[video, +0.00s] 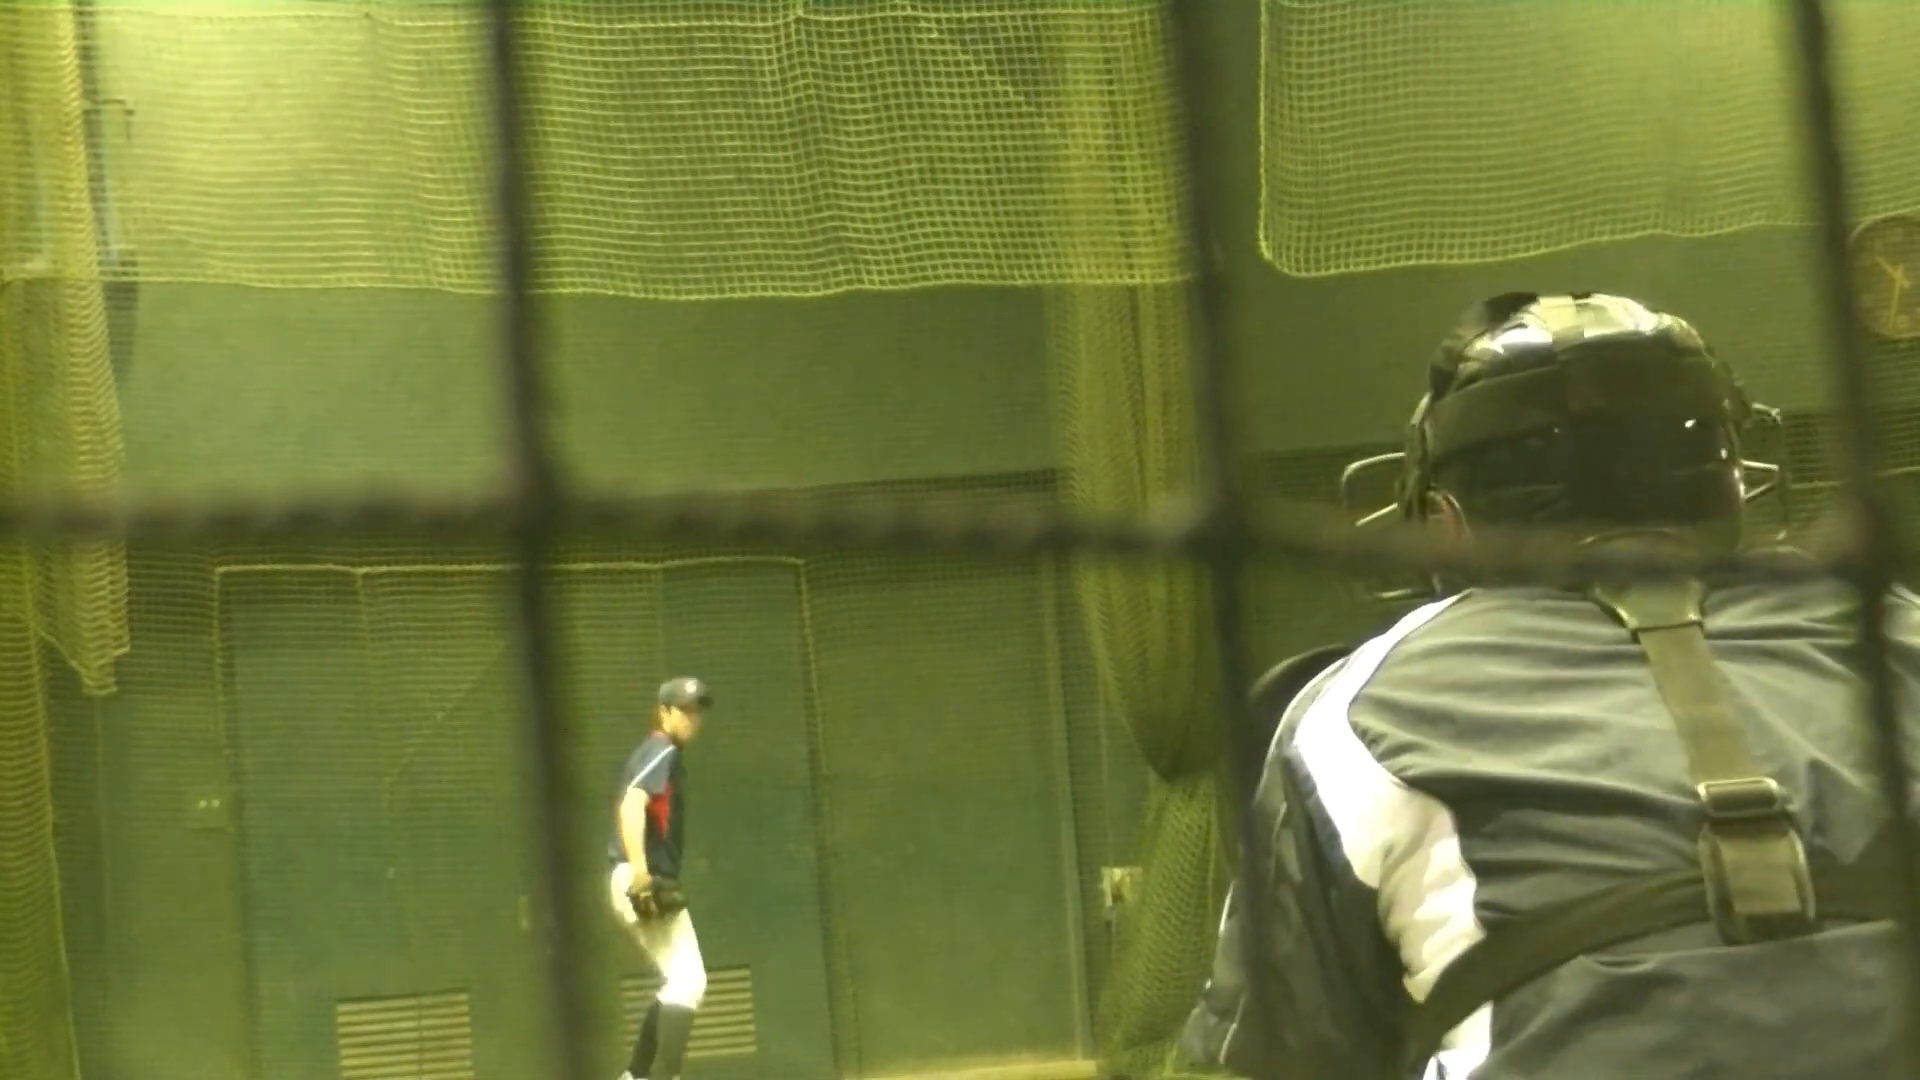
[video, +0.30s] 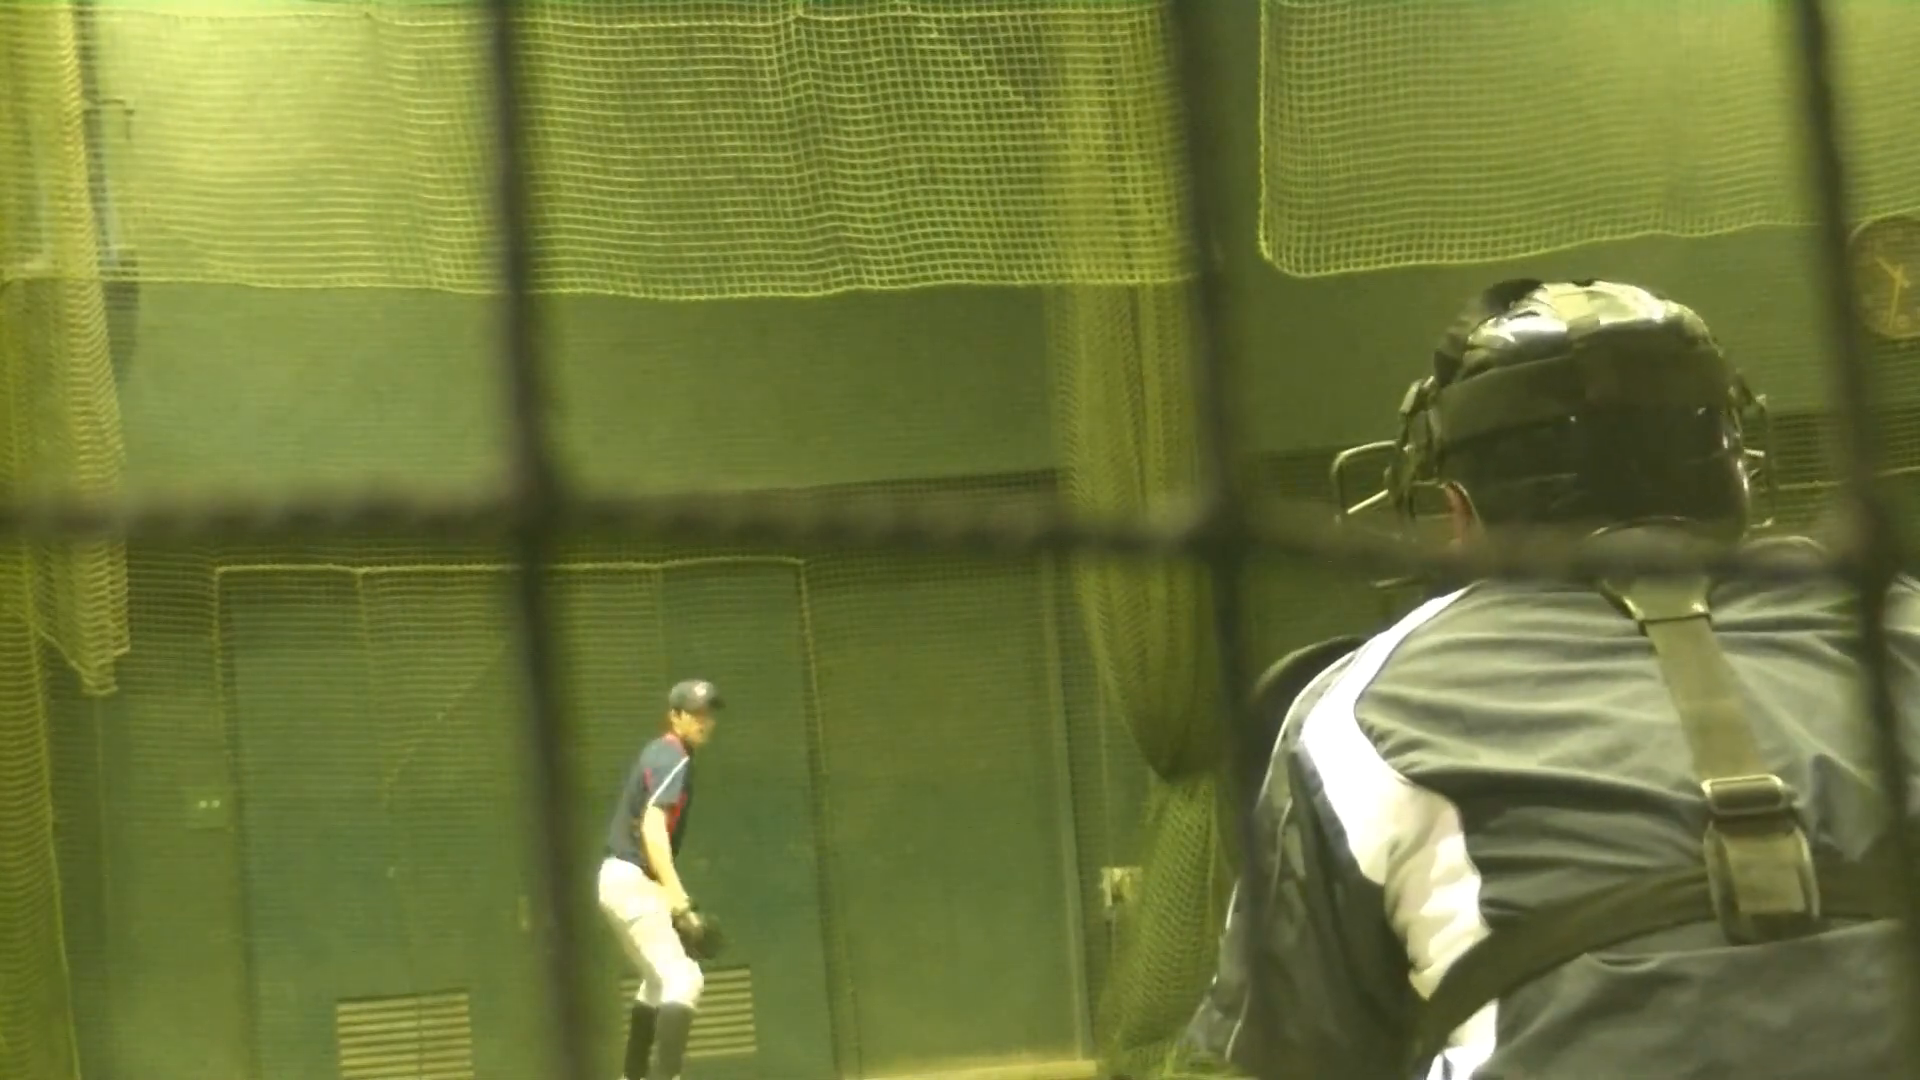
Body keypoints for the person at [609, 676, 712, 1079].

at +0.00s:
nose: (697, 721)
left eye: (699, 712)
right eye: (690, 712)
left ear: (677, 714)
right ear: (666, 712)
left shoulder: (659, 748)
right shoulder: (662, 747)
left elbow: (634, 808)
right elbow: (631, 803)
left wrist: (654, 871)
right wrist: (639, 870)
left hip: (642, 876)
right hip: (645, 877)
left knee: (680, 980)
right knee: (688, 979)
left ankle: (639, 1071)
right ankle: (666, 1072)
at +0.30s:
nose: (707, 723)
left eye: (709, 715)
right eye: (699, 715)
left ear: (709, 717)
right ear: (676, 716)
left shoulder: (660, 751)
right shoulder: (673, 756)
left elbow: (646, 832)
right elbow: (653, 826)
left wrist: (678, 906)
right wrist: (677, 897)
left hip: (620, 874)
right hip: (631, 877)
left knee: (657, 980)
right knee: (682, 979)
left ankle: (635, 1072)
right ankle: (669, 1072)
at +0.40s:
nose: (703, 731)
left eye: (706, 723)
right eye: (694, 723)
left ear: (710, 724)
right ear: (671, 723)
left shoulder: (656, 759)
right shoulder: (669, 764)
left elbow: (662, 845)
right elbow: (671, 838)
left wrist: (687, 895)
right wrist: (712, 900)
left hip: (616, 881)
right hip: (629, 883)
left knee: (659, 982)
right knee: (685, 982)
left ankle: (634, 1072)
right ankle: (667, 1072)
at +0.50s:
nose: (696, 734)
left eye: (699, 726)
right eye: (688, 726)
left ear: (702, 727)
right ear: (664, 727)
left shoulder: (649, 764)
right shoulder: (666, 769)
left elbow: (681, 846)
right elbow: (689, 842)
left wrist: (723, 887)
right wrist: (745, 892)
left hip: (613, 886)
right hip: (628, 888)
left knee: (661, 982)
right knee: (684, 983)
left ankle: (635, 1073)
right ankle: (668, 1072)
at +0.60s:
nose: (687, 735)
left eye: (690, 727)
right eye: (678, 727)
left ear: (691, 729)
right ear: (655, 730)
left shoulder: (644, 767)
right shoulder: (662, 773)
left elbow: (696, 836)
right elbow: (702, 836)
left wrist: (758, 859)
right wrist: (768, 866)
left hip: (611, 891)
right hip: (624, 893)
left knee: (663, 983)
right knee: (684, 983)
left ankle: (636, 1073)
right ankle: (665, 1073)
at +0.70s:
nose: (684, 740)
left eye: (685, 732)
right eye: (674, 733)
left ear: (686, 733)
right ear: (651, 735)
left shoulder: (637, 772)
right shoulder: (662, 779)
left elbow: (700, 819)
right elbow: (716, 834)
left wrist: (761, 820)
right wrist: (780, 836)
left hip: (608, 898)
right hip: (624, 900)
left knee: (666, 984)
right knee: (689, 985)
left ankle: (639, 1072)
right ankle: (667, 1073)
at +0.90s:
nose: (681, 745)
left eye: (683, 736)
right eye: (672, 737)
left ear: (682, 736)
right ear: (649, 740)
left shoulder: (637, 774)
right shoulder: (661, 780)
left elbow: (695, 807)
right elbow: (730, 813)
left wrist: (736, 782)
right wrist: (764, 779)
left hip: (607, 902)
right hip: (625, 905)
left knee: (670, 985)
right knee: (697, 986)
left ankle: (636, 1073)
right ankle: (666, 1073)